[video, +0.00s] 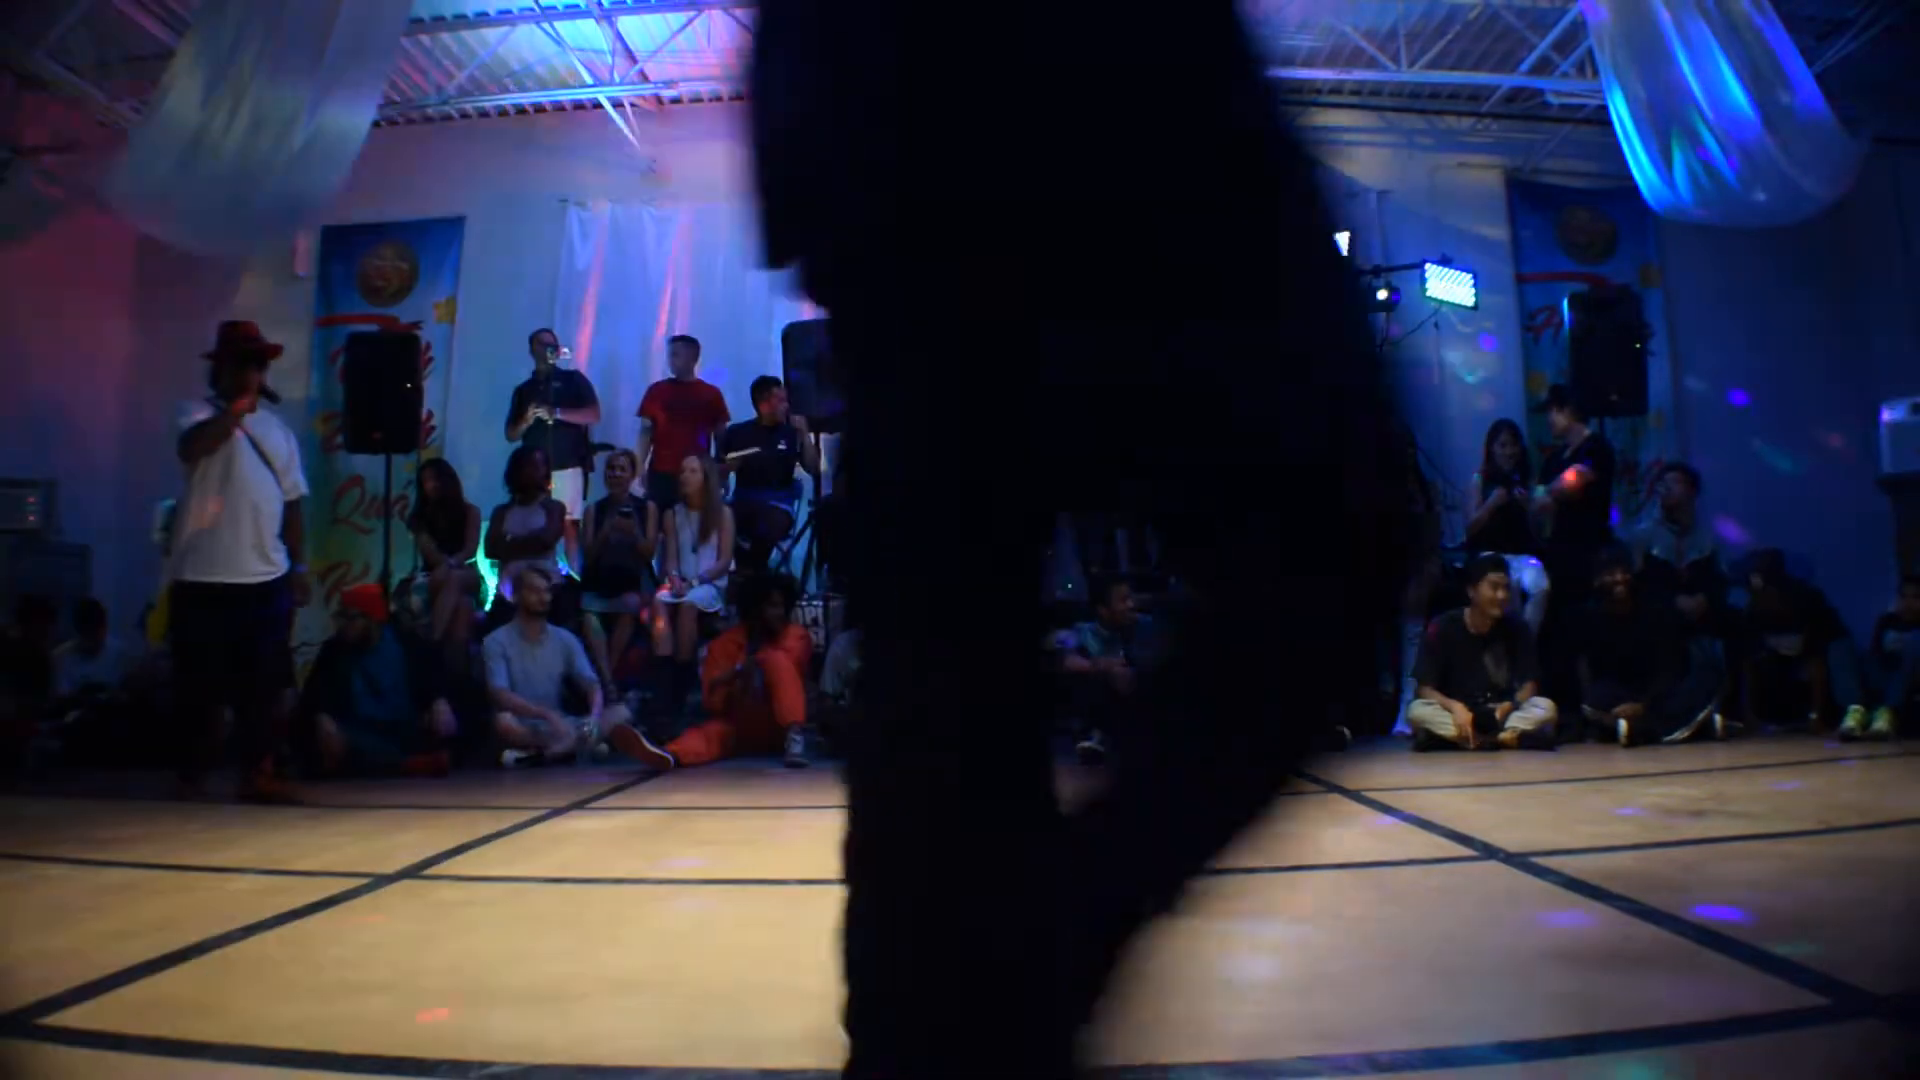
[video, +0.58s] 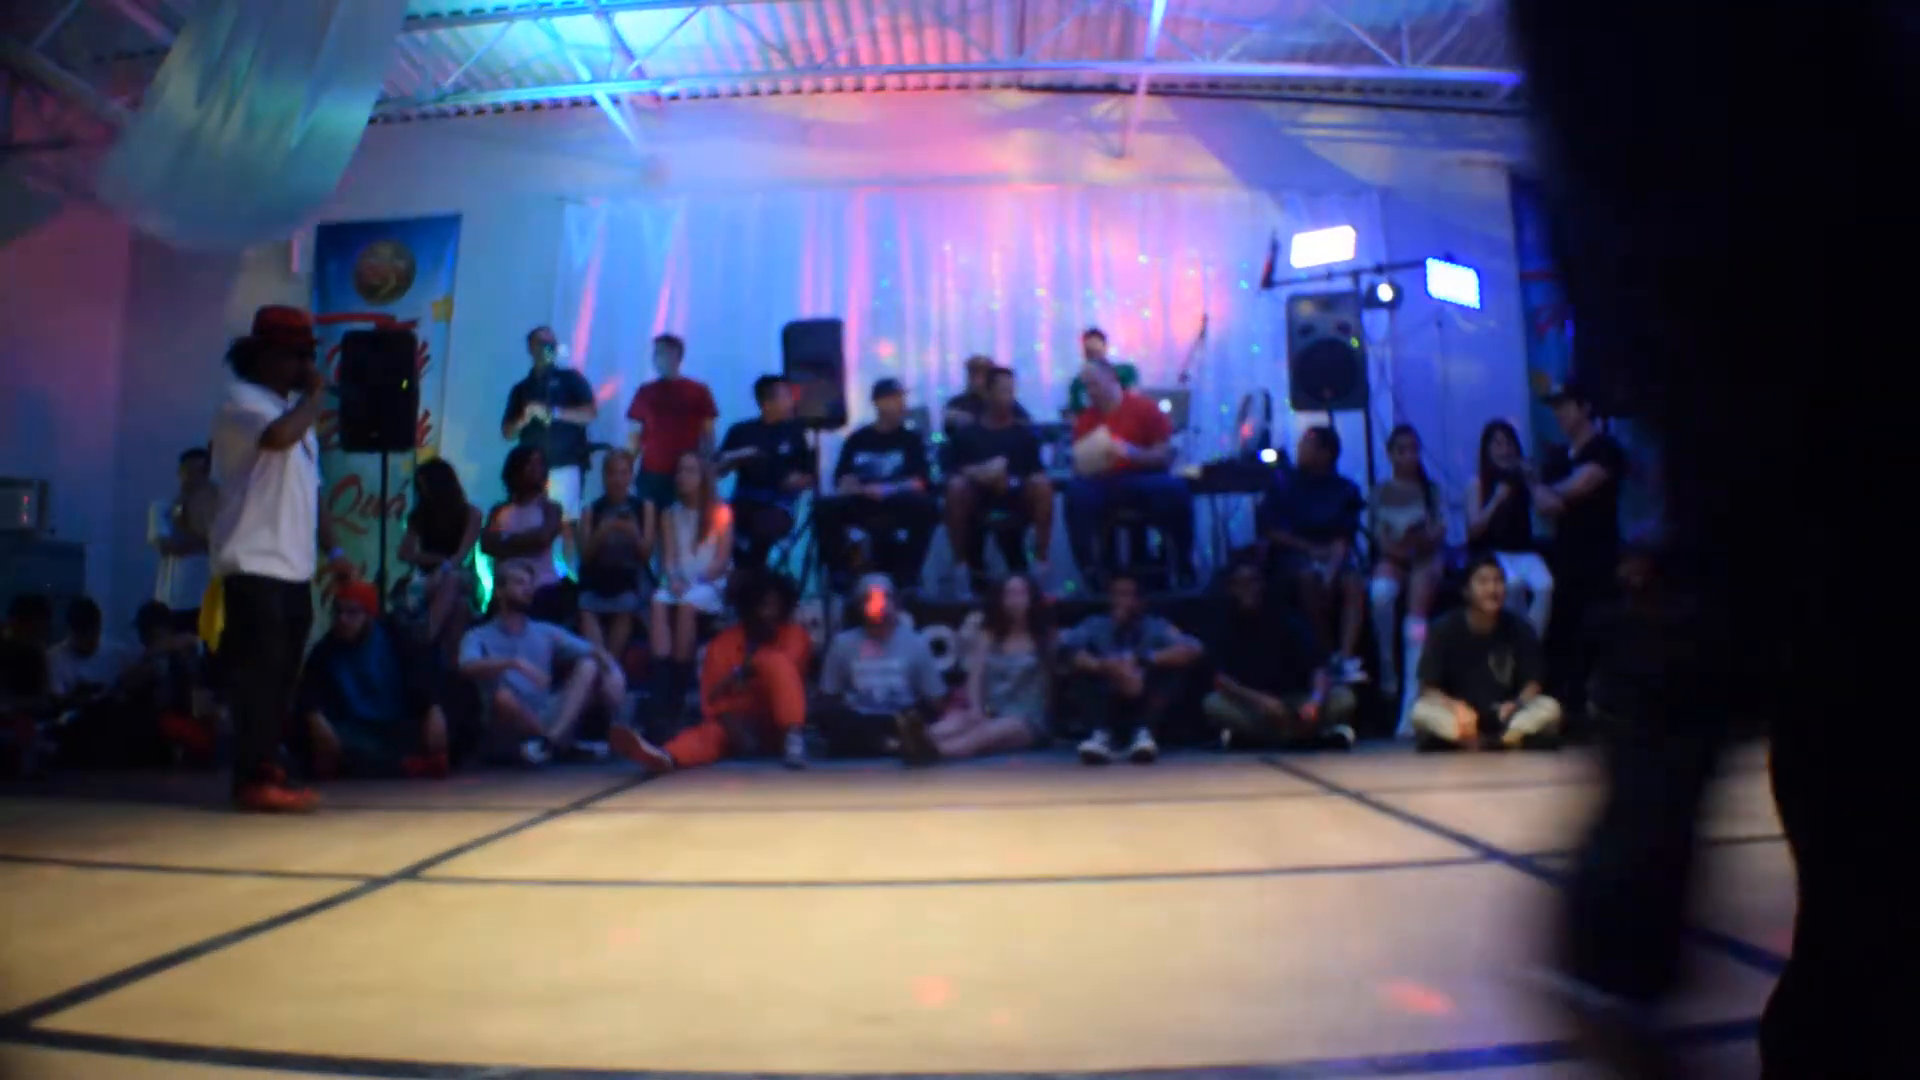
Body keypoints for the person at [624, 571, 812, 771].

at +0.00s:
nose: (779, 614)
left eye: (783, 607)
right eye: (772, 606)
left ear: (788, 609)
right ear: (754, 608)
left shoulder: (796, 637)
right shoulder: (725, 645)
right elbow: (713, 705)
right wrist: (738, 675)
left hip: (777, 723)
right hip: (737, 724)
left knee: (776, 659)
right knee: (708, 736)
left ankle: (794, 737)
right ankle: (669, 755)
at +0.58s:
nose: (768, 613)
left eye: (775, 606)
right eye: (762, 605)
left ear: (785, 610)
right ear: (747, 608)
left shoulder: (795, 638)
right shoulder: (723, 645)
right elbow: (711, 706)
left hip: (774, 721)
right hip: (736, 722)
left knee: (774, 661)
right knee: (709, 736)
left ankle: (794, 740)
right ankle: (668, 756)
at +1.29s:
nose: (759, 609)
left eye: (767, 603)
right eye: (754, 602)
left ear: (781, 607)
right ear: (746, 605)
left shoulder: (793, 635)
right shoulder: (725, 644)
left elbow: (784, 665)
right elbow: (713, 704)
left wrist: (752, 668)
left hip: (776, 719)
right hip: (739, 720)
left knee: (778, 660)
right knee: (712, 733)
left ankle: (794, 737)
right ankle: (670, 755)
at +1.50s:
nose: (759, 609)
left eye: (766, 603)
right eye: (754, 602)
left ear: (780, 607)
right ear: (745, 605)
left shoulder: (792, 635)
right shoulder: (724, 645)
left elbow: (784, 667)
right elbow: (713, 703)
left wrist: (748, 669)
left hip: (775, 721)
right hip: (738, 722)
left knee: (779, 663)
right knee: (712, 734)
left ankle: (794, 738)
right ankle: (668, 755)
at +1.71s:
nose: (759, 608)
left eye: (766, 602)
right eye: (754, 602)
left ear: (780, 607)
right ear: (745, 605)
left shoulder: (793, 635)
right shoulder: (724, 645)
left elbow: (786, 668)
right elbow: (712, 703)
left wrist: (755, 665)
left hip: (777, 722)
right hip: (740, 724)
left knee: (778, 661)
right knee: (712, 734)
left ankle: (794, 738)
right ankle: (669, 755)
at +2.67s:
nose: (768, 609)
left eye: (774, 603)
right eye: (762, 602)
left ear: (784, 607)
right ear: (749, 605)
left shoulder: (793, 634)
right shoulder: (724, 645)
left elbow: (787, 669)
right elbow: (714, 705)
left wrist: (751, 666)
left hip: (774, 717)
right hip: (738, 720)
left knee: (780, 661)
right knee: (711, 734)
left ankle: (794, 739)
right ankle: (670, 755)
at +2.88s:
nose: (769, 609)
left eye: (775, 603)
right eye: (762, 602)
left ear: (784, 607)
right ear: (749, 605)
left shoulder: (793, 634)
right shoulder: (723, 645)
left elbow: (788, 663)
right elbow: (713, 706)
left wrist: (753, 666)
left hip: (775, 718)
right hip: (738, 722)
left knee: (779, 661)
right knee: (710, 734)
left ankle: (794, 737)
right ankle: (670, 756)